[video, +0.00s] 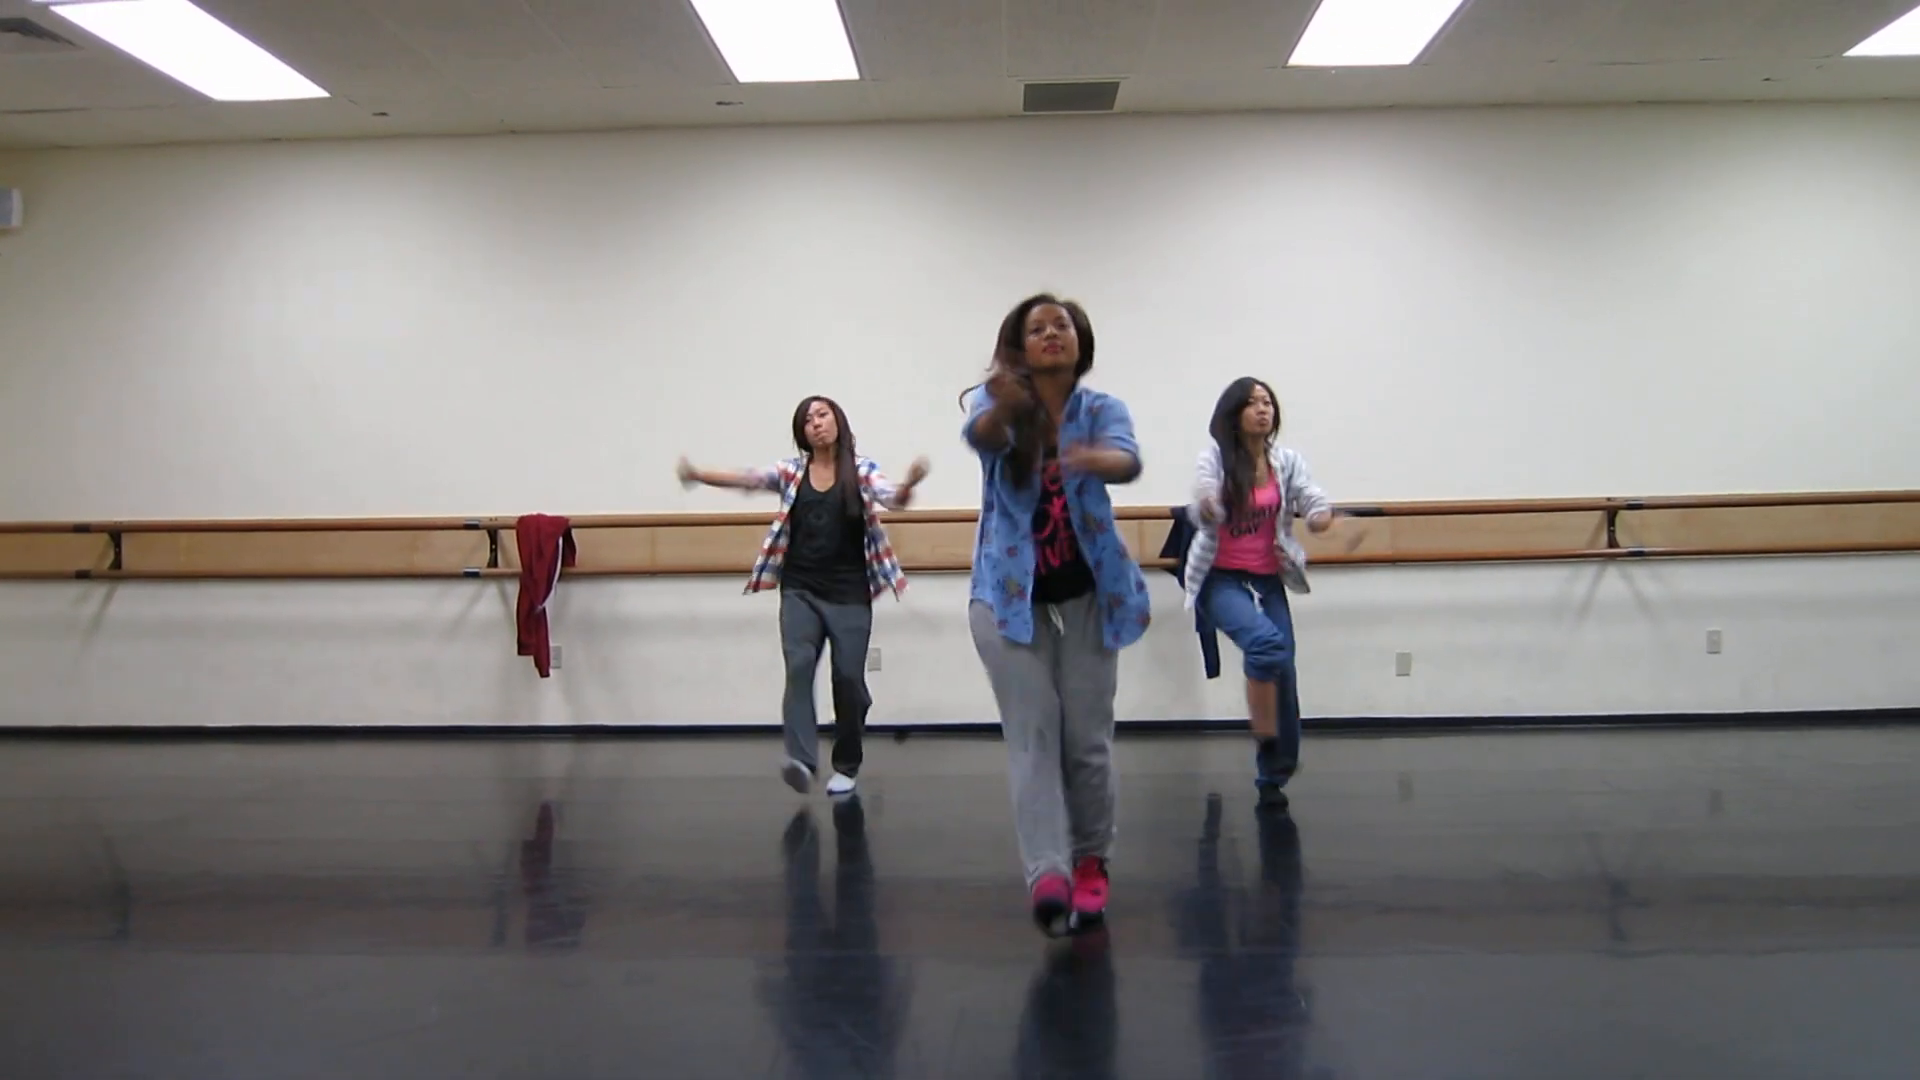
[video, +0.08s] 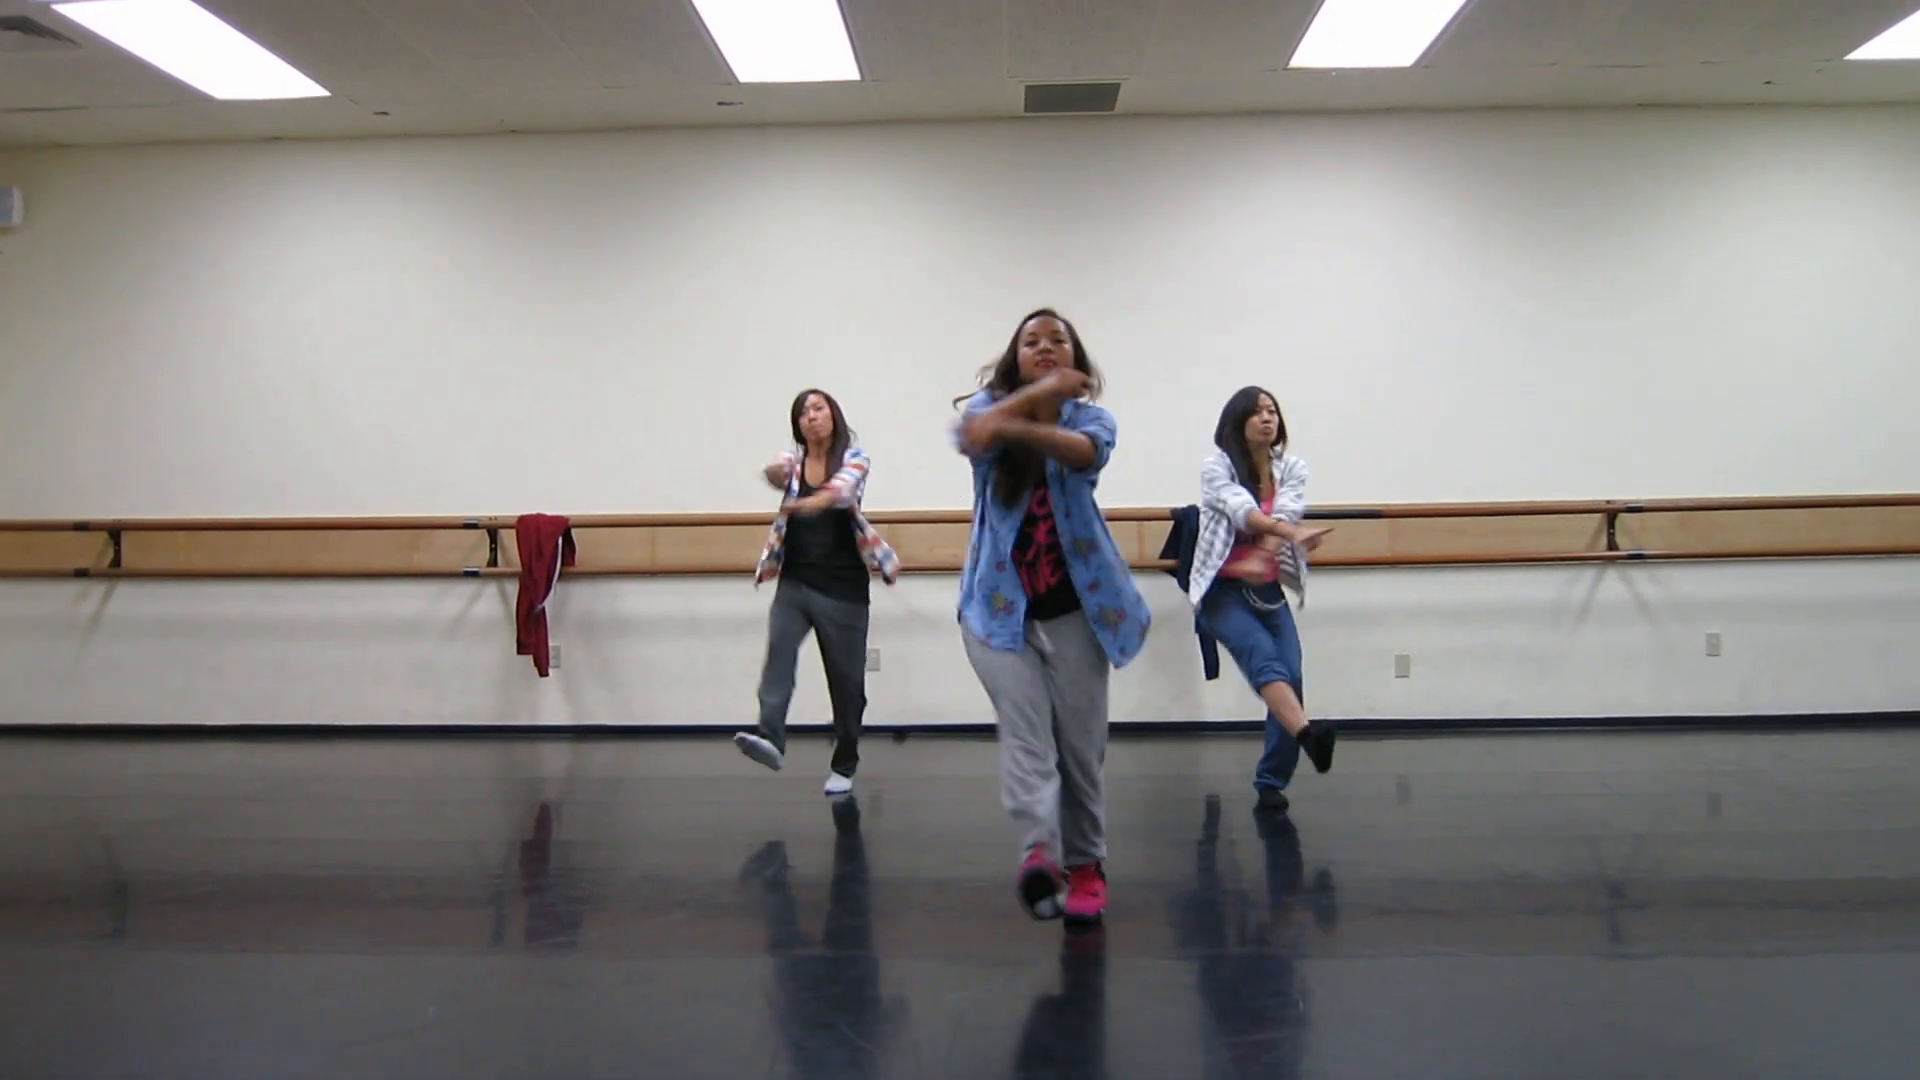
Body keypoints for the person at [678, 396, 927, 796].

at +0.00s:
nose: (818, 422)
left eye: (824, 414)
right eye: (810, 419)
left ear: (840, 422)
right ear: (803, 433)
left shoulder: (861, 469)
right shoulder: (791, 471)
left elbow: (894, 503)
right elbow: (746, 479)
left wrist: (909, 484)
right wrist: (698, 475)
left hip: (850, 596)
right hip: (800, 593)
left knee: (849, 681)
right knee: (798, 670)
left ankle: (846, 768)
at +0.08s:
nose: (813, 415)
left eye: (820, 408)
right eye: (805, 412)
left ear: (835, 415)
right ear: (798, 425)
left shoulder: (855, 459)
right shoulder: (793, 461)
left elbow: (839, 492)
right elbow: (775, 473)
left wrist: (802, 505)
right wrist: (778, 475)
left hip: (843, 590)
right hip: (795, 585)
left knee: (847, 684)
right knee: (779, 654)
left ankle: (844, 766)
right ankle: (770, 737)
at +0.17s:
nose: (806, 399)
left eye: (812, 392)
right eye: (797, 396)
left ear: (828, 399)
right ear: (790, 409)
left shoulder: (848, 443)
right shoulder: (785, 443)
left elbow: (811, 481)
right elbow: (780, 463)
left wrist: (760, 495)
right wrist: (803, 451)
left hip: (842, 577)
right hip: (791, 571)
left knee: (850, 662)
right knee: (762, 640)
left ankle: (852, 759)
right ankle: (771, 731)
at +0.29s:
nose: (795, 402)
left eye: (801, 393)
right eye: (788, 399)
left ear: (820, 400)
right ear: (782, 413)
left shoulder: (840, 436)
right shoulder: (774, 449)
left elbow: (868, 459)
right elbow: (722, 456)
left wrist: (810, 459)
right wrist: (762, 439)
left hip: (834, 579)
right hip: (780, 580)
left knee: (862, 657)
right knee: (757, 667)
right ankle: (730, 763)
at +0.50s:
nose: (783, 416)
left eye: (789, 407)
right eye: (775, 413)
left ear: (807, 411)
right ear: (771, 426)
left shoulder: (834, 453)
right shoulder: (763, 462)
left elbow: (875, 443)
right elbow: (706, 458)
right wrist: (740, 448)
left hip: (829, 593)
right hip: (776, 594)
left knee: (857, 677)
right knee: (759, 683)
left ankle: (909, 751)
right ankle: (738, 774)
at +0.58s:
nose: (782, 415)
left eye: (787, 406)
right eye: (773, 412)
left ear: (805, 409)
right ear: (768, 425)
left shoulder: (835, 456)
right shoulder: (760, 465)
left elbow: (874, 491)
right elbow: (723, 506)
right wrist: (725, 502)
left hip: (825, 594)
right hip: (771, 596)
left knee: (862, 677)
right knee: (757, 685)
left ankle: (907, 752)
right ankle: (737, 774)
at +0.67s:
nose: (782, 417)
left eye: (788, 408)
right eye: (774, 414)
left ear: (806, 411)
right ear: (767, 425)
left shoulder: (835, 460)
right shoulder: (760, 466)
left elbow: (860, 513)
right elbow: (724, 510)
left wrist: (825, 550)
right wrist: (734, 546)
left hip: (823, 596)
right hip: (769, 595)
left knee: (862, 678)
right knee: (754, 685)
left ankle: (906, 756)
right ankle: (735, 774)